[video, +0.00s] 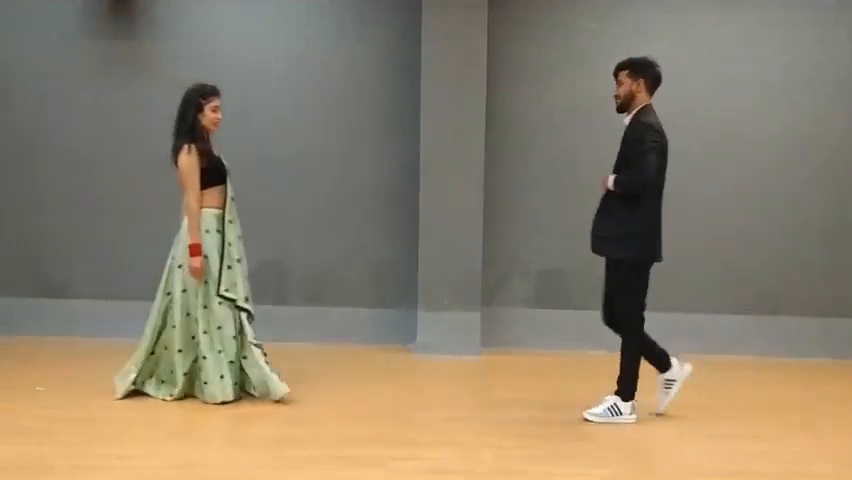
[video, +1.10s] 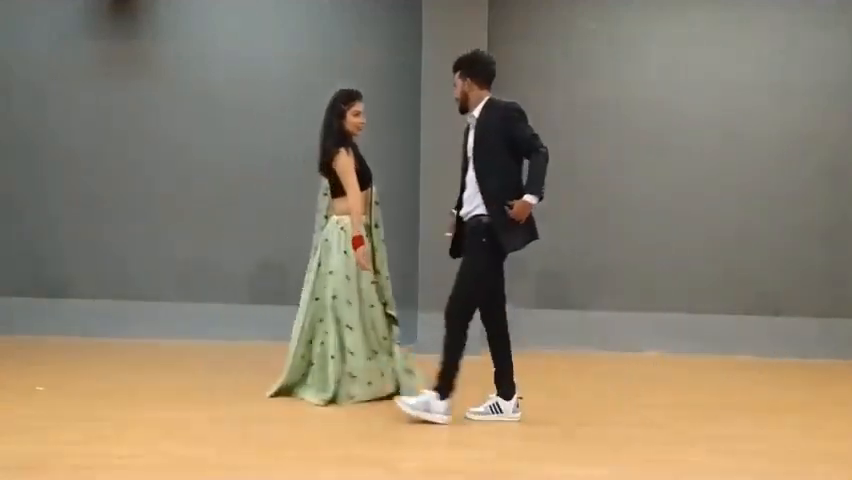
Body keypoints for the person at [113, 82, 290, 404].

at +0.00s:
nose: (219, 116)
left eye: (219, 110)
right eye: (213, 110)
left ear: (213, 113)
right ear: (196, 112)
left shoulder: (206, 149)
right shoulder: (189, 151)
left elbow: (208, 201)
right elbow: (191, 201)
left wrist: (224, 242)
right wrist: (195, 248)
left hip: (218, 234)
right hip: (204, 234)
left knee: (218, 307)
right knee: (204, 309)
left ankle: (219, 376)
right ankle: (206, 377)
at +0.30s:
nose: (259, 116)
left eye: (260, 110)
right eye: (254, 110)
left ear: (247, 111)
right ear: (237, 110)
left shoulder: (241, 147)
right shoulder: (229, 149)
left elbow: (239, 199)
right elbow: (232, 199)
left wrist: (249, 243)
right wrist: (236, 246)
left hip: (252, 233)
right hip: (239, 235)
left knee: (251, 309)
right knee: (237, 310)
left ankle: (250, 378)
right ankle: (232, 380)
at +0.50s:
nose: (283, 122)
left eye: (284, 116)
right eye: (279, 116)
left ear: (272, 118)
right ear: (262, 116)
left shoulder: (264, 153)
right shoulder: (253, 155)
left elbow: (262, 207)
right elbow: (256, 207)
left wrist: (269, 250)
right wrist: (262, 253)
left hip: (273, 238)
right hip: (261, 239)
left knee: (275, 310)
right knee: (261, 311)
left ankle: (274, 377)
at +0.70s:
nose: (313, 120)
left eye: (314, 114)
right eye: (309, 114)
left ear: (302, 117)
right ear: (293, 114)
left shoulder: (298, 152)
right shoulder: (289, 154)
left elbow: (296, 206)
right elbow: (292, 207)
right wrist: (296, 254)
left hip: (312, 240)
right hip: (301, 241)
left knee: (309, 311)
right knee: (297, 313)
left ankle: (305, 380)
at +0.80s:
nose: (326, 119)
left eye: (327, 113)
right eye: (321, 113)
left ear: (315, 118)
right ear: (305, 116)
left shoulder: (310, 153)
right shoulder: (303, 156)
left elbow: (312, 207)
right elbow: (307, 208)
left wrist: (319, 250)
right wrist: (313, 253)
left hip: (322, 241)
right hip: (311, 243)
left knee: (322, 312)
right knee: (313, 314)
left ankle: (311, 380)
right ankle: (268, 376)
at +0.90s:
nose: (338, 119)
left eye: (339, 113)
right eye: (333, 112)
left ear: (329, 115)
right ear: (318, 114)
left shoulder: (322, 151)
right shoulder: (314, 153)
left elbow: (323, 203)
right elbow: (322, 204)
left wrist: (334, 246)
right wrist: (329, 249)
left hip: (329, 236)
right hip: (323, 239)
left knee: (332, 311)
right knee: (329, 312)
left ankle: (317, 379)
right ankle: (306, 377)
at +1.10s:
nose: (361, 120)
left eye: (362, 114)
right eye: (356, 114)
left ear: (351, 118)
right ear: (340, 117)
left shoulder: (345, 152)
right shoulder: (343, 153)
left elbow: (353, 195)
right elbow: (353, 195)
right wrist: (359, 239)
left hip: (346, 231)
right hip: (345, 233)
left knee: (349, 305)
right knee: (349, 306)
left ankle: (351, 374)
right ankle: (353, 376)